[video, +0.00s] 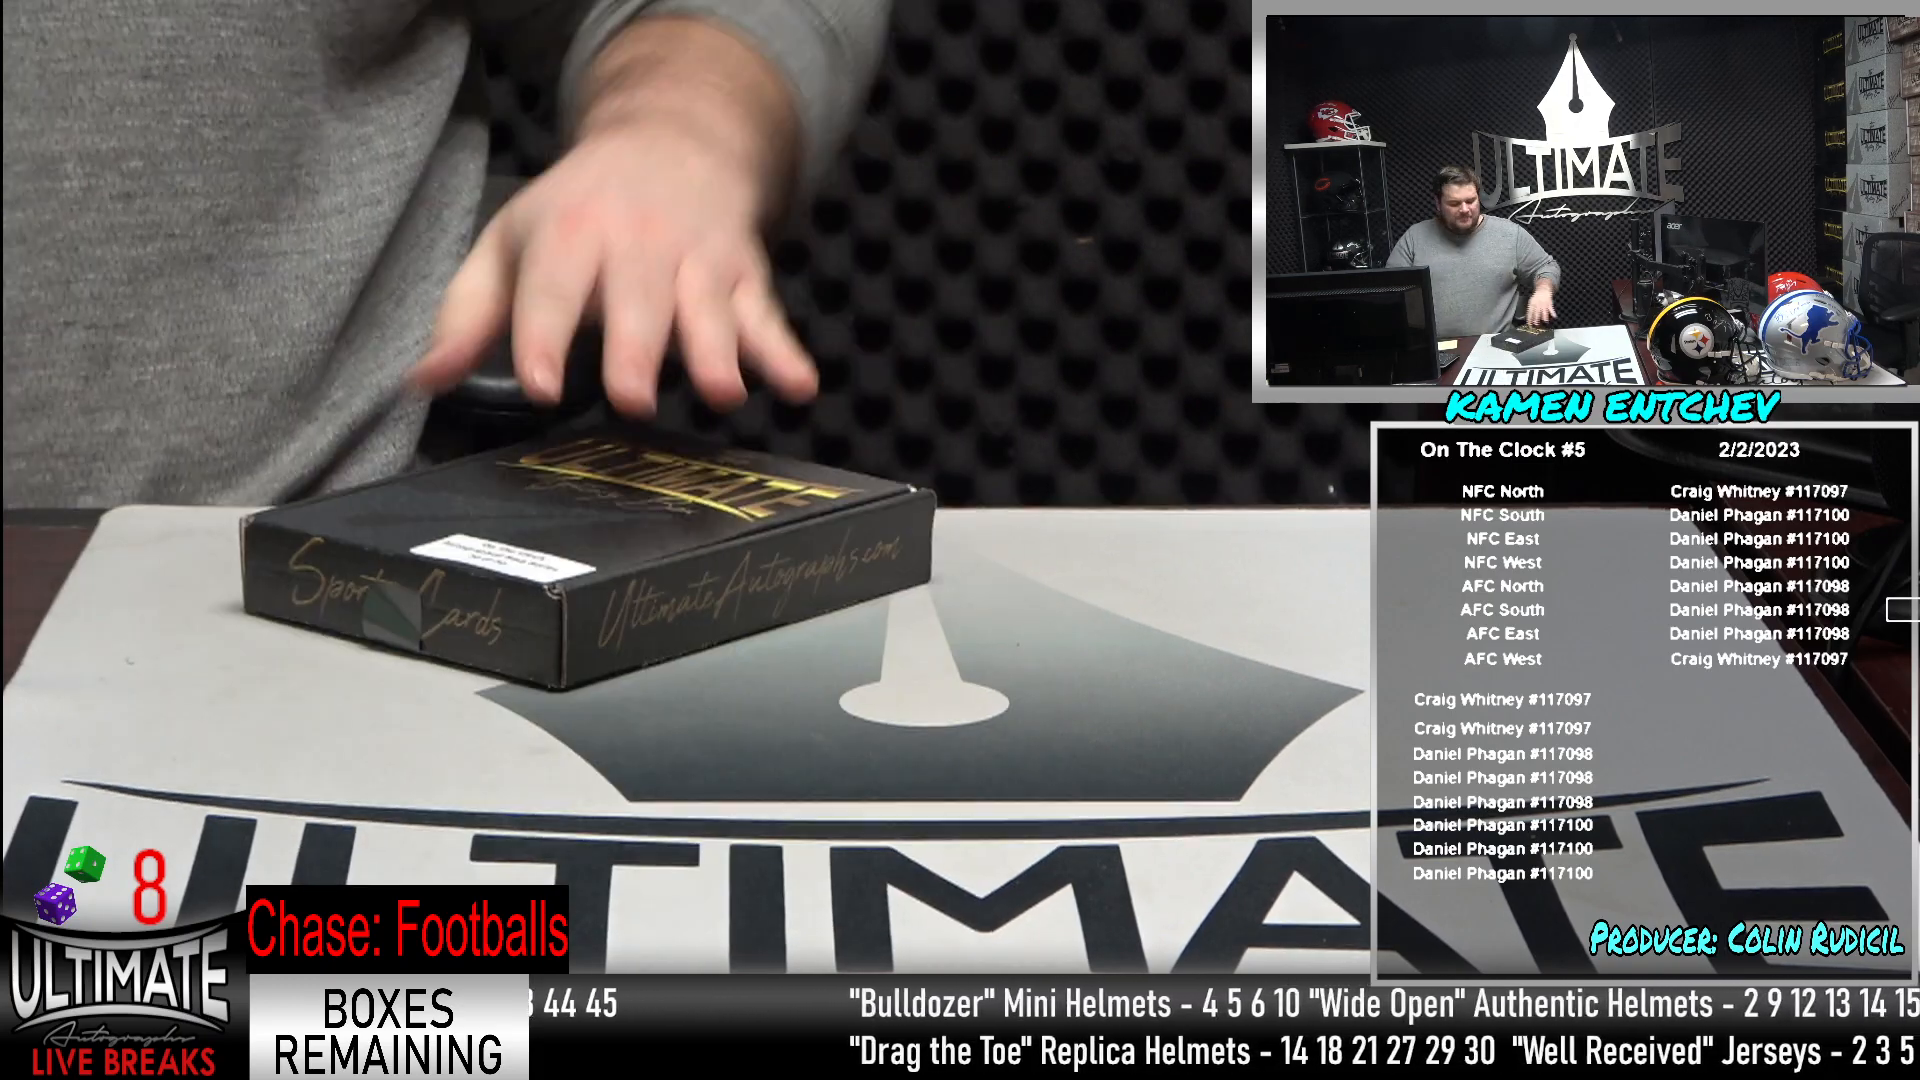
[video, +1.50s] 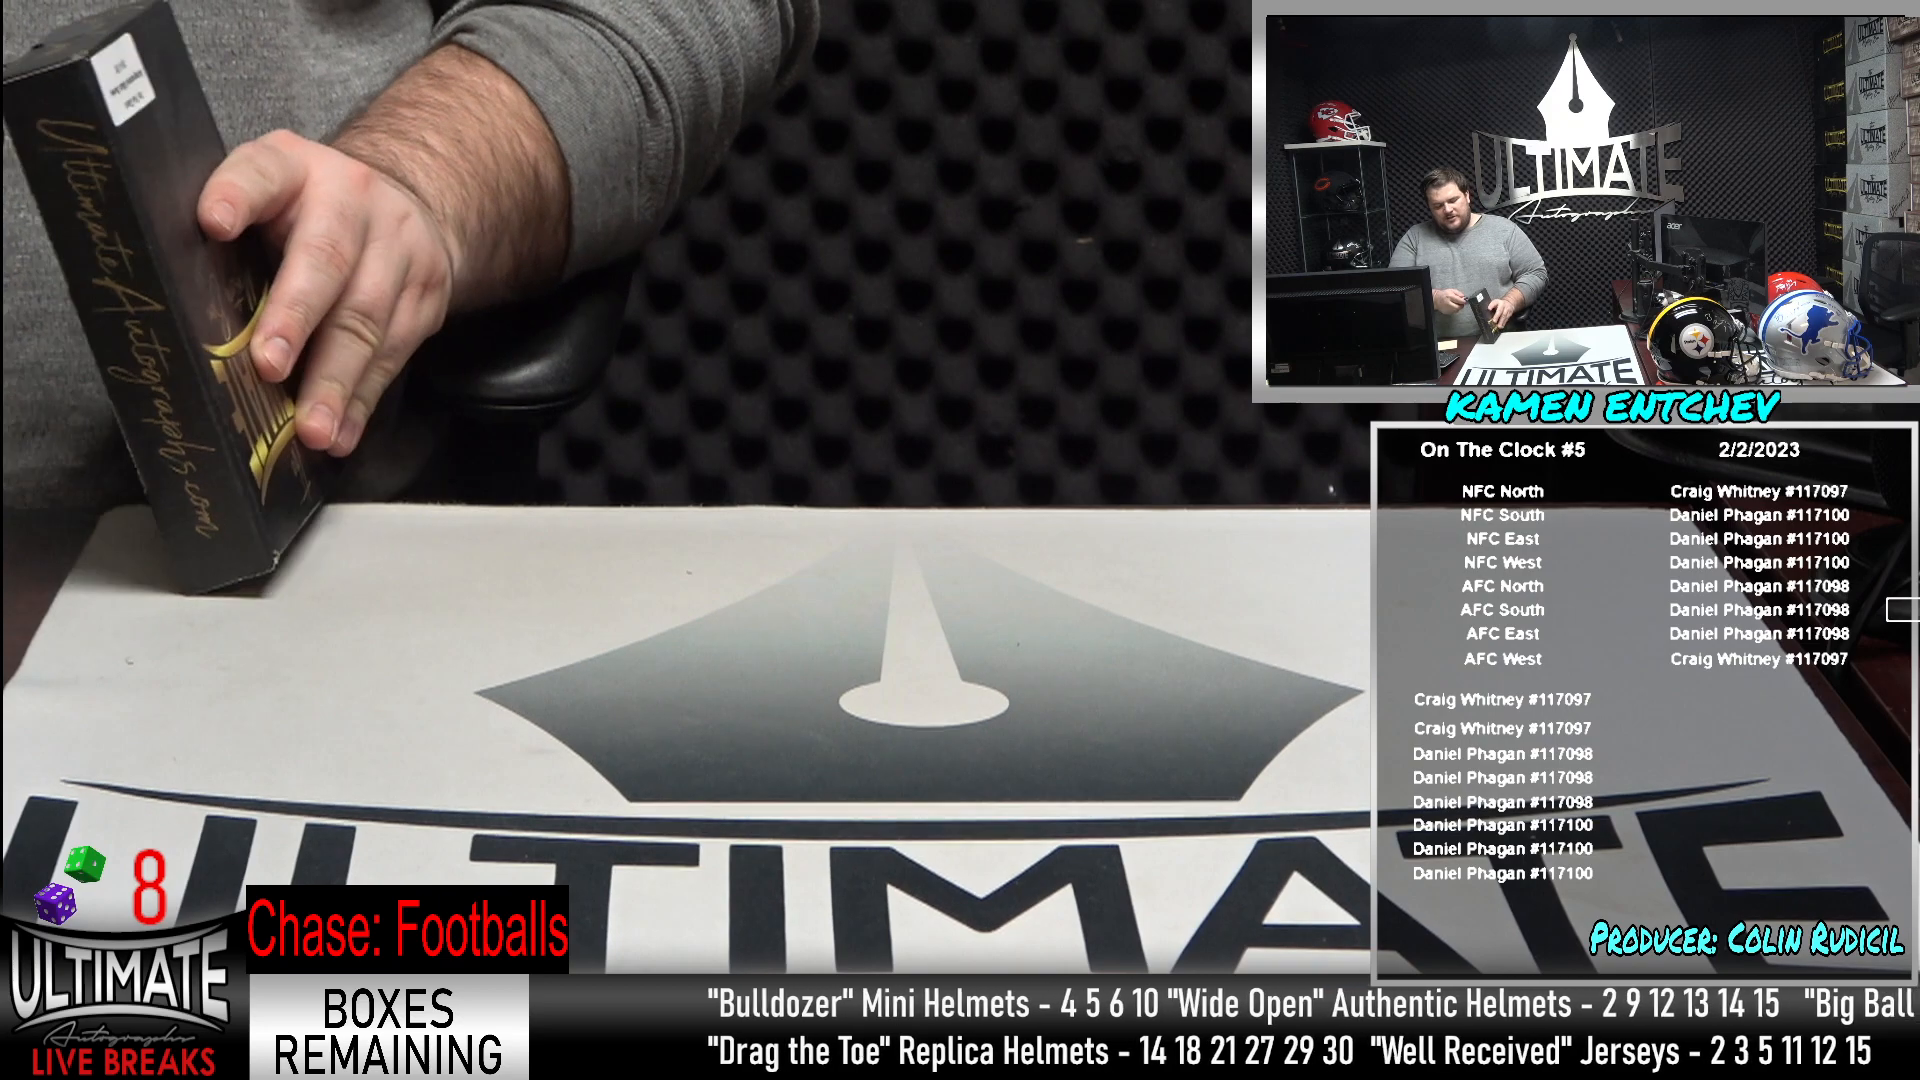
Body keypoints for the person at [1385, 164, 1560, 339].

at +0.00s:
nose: (1464, 210)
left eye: (1470, 201)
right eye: (1455, 203)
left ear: (1479, 198)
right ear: (1438, 204)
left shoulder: (1510, 234)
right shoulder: (1415, 238)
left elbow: (1545, 266)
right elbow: (1389, 288)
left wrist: (1543, 292)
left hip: (1499, 353)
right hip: (1434, 356)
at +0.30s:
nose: (1466, 206)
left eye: (1472, 199)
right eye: (1457, 200)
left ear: (1480, 197)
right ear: (1440, 200)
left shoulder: (1508, 234)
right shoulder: (1416, 236)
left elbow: (1541, 271)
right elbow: (1391, 287)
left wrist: (1526, 306)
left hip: (1497, 354)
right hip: (1432, 358)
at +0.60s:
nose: (1461, 206)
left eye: (1467, 198)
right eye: (1452, 200)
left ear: (1476, 198)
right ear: (1437, 202)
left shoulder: (1507, 232)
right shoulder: (1416, 237)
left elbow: (1540, 268)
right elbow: (1394, 287)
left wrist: (1532, 290)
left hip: (1498, 351)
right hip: (1435, 354)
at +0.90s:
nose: (1454, 208)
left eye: (1460, 199)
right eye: (1445, 202)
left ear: (1472, 197)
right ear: (1433, 204)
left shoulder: (1505, 231)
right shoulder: (1416, 238)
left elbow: (1536, 272)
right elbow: (1393, 291)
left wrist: (1515, 302)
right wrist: (1428, 304)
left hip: (1498, 347)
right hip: (1437, 352)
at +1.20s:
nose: (1450, 209)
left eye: (1455, 199)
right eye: (1440, 204)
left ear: (1469, 195)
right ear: (1431, 207)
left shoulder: (1505, 230)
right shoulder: (1416, 238)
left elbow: (1536, 273)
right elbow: (1395, 288)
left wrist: (1512, 302)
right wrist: (1434, 299)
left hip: (1501, 347)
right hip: (1439, 352)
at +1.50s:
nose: (1448, 210)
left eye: (1453, 200)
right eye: (1439, 206)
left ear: (1467, 196)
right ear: (1430, 208)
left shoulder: (1504, 230)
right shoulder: (1415, 239)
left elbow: (1535, 273)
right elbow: (1394, 287)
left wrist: (1510, 301)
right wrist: (1434, 298)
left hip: (1501, 346)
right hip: (1438, 351)